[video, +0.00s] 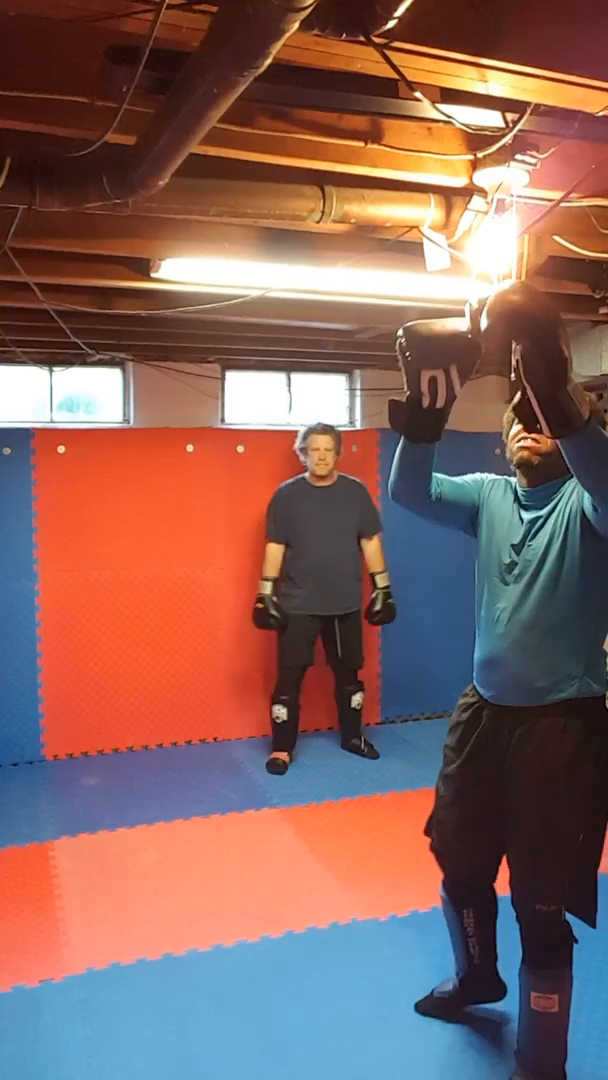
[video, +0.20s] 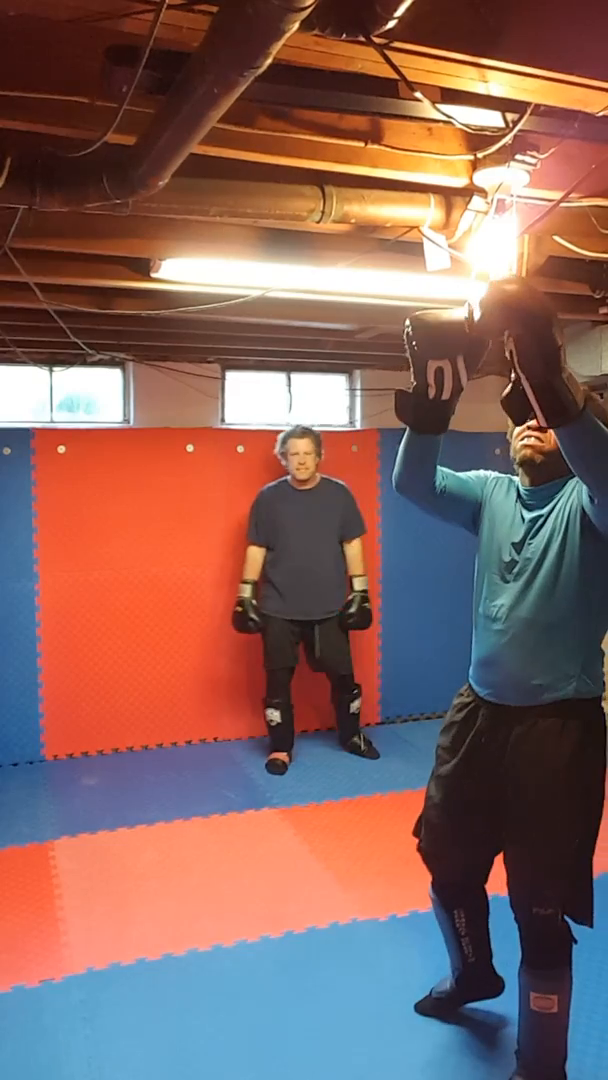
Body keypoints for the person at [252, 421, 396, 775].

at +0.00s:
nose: (321, 457)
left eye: (327, 451)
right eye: (314, 451)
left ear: (337, 454)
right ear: (304, 454)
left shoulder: (355, 491)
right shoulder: (287, 495)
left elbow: (371, 541)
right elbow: (275, 545)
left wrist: (383, 588)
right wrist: (265, 592)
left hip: (346, 603)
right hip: (297, 602)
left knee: (350, 672)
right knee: (290, 676)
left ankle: (353, 736)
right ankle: (282, 748)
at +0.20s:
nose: (301, 461)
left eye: (307, 455)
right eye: (294, 455)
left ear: (318, 457)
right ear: (284, 459)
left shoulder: (338, 494)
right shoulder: (268, 498)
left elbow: (353, 544)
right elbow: (256, 548)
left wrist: (360, 593)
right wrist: (245, 595)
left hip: (329, 606)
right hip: (279, 606)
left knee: (343, 676)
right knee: (278, 677)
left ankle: (352, 736)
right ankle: (280, 748)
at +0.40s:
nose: (287, 462)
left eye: (293, 455)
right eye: (280, 456)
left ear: (305, 457)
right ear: (271, 459)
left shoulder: (326, 494)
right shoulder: (255, 499)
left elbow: (339, 544)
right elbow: (243, 549)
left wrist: (346, 591)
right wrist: (233, 598)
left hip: (317, 605)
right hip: (268, 606)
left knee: (326, 678)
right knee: (273, 680)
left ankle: (338, 740)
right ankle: (279, 747)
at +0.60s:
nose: (278, 457)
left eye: (284, 450)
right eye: (272, 451)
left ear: (298, 453)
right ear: (264, 455)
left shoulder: (320, 489)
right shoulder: (250, 494)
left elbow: (336, 538)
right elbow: (238, 545)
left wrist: (340, 587)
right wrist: (230, 593)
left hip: (309, 601)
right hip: (264, 602)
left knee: (297, 676)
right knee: (271, 676)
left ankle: (297, 757)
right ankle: (278, 747)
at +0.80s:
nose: (274, 462)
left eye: (281, 455)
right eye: (268, 456)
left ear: (294, 458)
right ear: (259, 461)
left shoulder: (318, 494)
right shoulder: (248, 500)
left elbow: (333, 544)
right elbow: (239, 552)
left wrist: (339, 595)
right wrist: (230, 601)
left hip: (304, 606)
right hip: (259, 607)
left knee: (285, 677)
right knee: (267, 681)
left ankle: (271, 763)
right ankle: (277, 750)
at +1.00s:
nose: (274, 456)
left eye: (281, 450)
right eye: (268, 450)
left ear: (295, 453)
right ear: (259, 455)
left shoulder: (317, 491)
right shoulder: (246, 495)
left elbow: (334, 541)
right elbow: (234, 546)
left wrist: (341, 590)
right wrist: (227, 593)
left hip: (303, 603)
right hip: (257, 604)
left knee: (291, 675)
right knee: (268, 676)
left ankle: (285, 762)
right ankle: (275, 749)